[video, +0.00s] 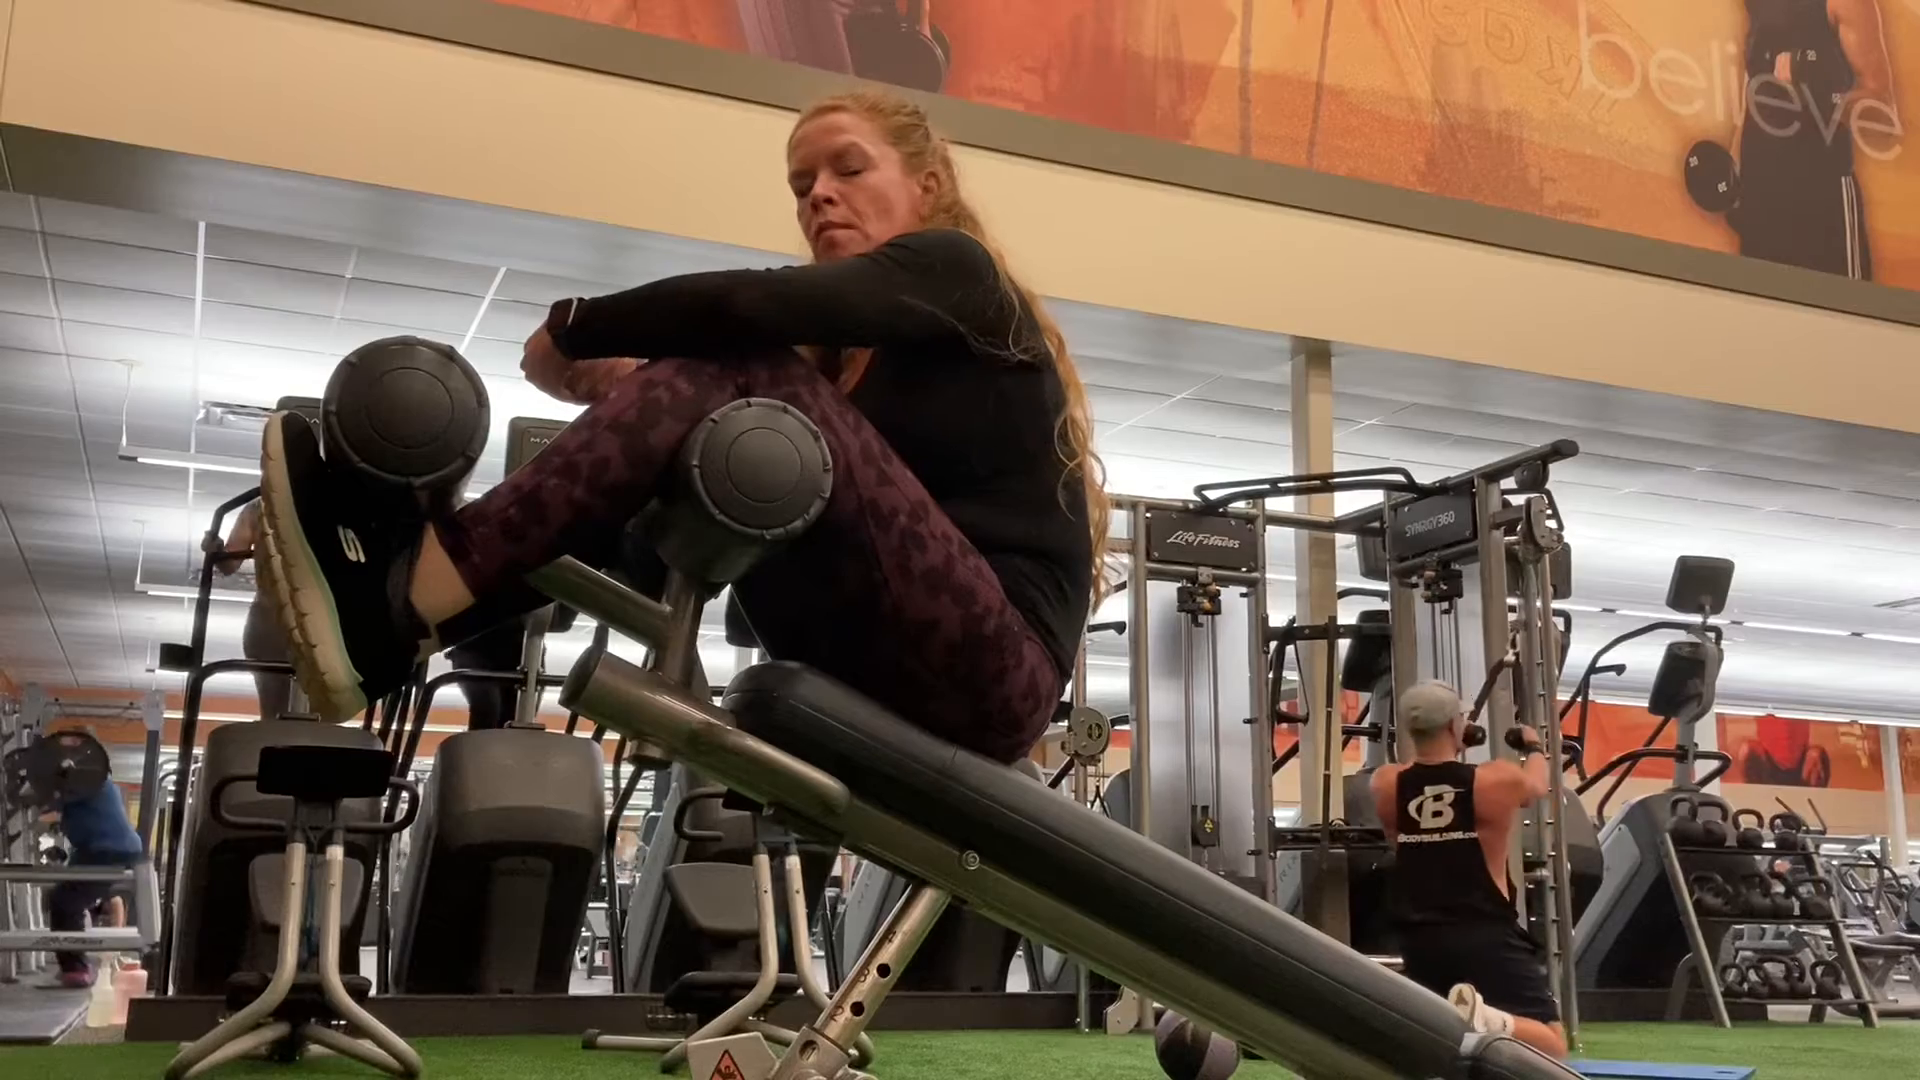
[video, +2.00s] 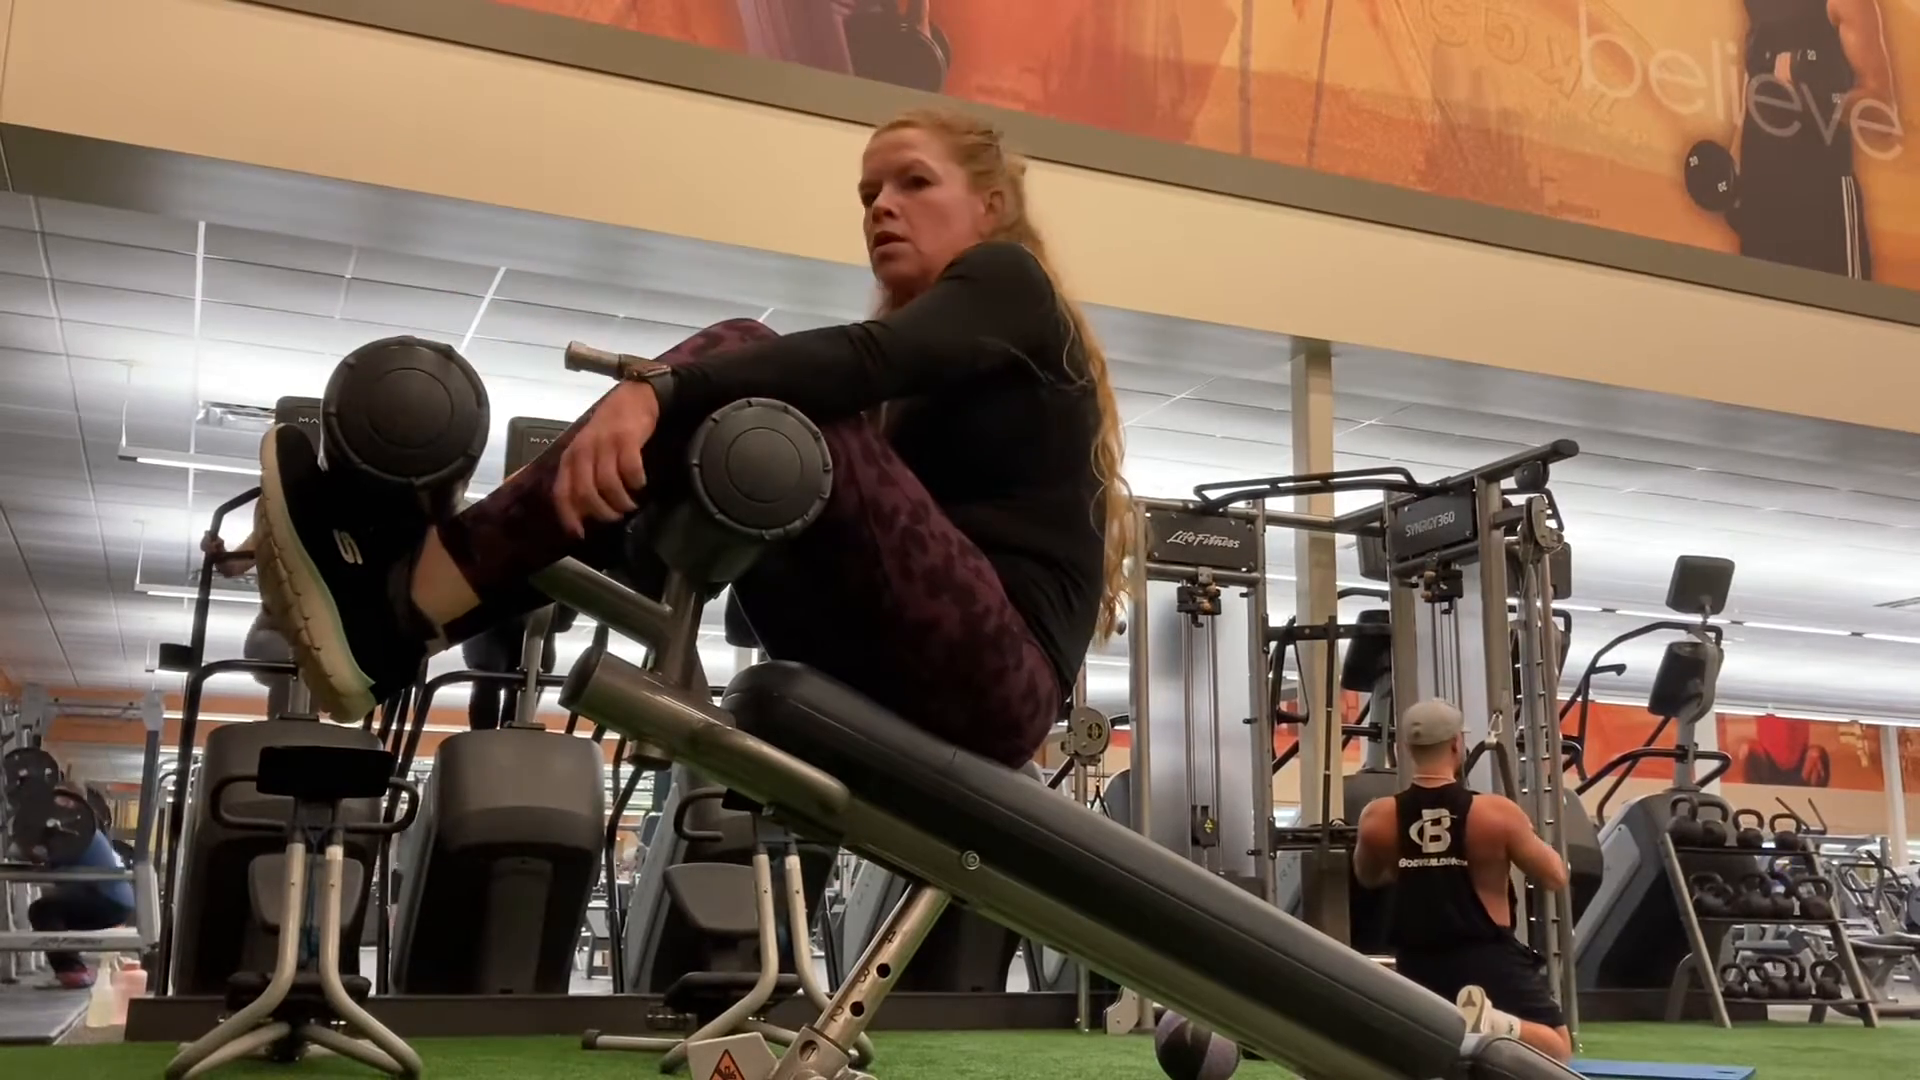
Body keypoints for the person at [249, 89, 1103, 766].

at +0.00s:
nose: (818, 197)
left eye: (847, 170)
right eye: (803, 184)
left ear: (926, 182)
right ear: (796, 208)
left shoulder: (959, 270)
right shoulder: (840, 335)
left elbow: (756, 303)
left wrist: (568, 336)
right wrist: (631, 386)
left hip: (990, 668)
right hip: (869, 658)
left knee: (759, 369)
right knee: (695, 408)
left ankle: (425, 592)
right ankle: (410, 589)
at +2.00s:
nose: (880, 212)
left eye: (911, 186)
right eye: (871, 198)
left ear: (989, 204)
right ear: (870, 228)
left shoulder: (1010, 284)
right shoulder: (891, 344)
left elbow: (859, 371)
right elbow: (772, 377)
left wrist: (654, 388)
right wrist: (663, 399)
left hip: (992, 677)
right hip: (869, 652)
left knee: (783, 401)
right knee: (735, 354)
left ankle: (425, 600)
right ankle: (414, 596)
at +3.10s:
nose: (867, 224)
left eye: (896, 194)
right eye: (863, 204)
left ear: (982, 198)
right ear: (876, 225)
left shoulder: (1022, 295)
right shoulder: (919, 341)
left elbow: (884, 383)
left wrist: (660, 376)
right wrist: (704, 348)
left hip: (994, 676)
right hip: (885, 651)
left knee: (781, 390)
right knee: (735, 356)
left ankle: (441, 583)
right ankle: (420, 593)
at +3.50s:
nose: (890, 239)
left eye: (915, 211)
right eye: (885, 217)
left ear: (999, 208)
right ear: (892, 224)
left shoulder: (1040, 301)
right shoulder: (909, 330)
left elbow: (933, 374)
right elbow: (807, 387)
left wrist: (721, 271)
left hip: (997, 671)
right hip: (891, 647)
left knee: (746, 364)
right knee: (717, 404)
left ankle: (429, 592)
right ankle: (411, 592)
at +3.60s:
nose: (883, 230)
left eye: (905, 204)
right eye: (887, 205)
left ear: (990, 205)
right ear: (980, 207)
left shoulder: (1041, 295)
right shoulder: (939, 342)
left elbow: (945, 373)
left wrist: (757, 242)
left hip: (996, 669)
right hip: (906, 653)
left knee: (758, 359)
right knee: (707, 429)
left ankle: (436, 585)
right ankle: (401, 594)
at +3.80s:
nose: (924, 199)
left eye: (946, 175)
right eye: (930, 176)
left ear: (1015, 188)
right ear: (1009, 191)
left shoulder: (1065, 299)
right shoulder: (994, 322)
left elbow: (876, 327)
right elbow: (883, 483)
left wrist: (893, 218)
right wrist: (784, 340)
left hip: (993, 675)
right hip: (917, 658)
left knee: (752, 358)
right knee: (714, 419)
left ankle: (427, 594)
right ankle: (411, 583)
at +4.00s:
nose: (945, 216)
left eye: (964, 202)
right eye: (946, 198)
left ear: (1039, 198)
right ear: (1019, 204)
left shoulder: (1099, 308)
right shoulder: (959, 353)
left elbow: (941, 225)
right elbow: (859, 464)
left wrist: (1018, 239)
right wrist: (662, 401)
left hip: (992, 675)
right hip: (895, 653)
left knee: (752, 358)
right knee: (706, 432)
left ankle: (424, 599)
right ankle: (403, 590)